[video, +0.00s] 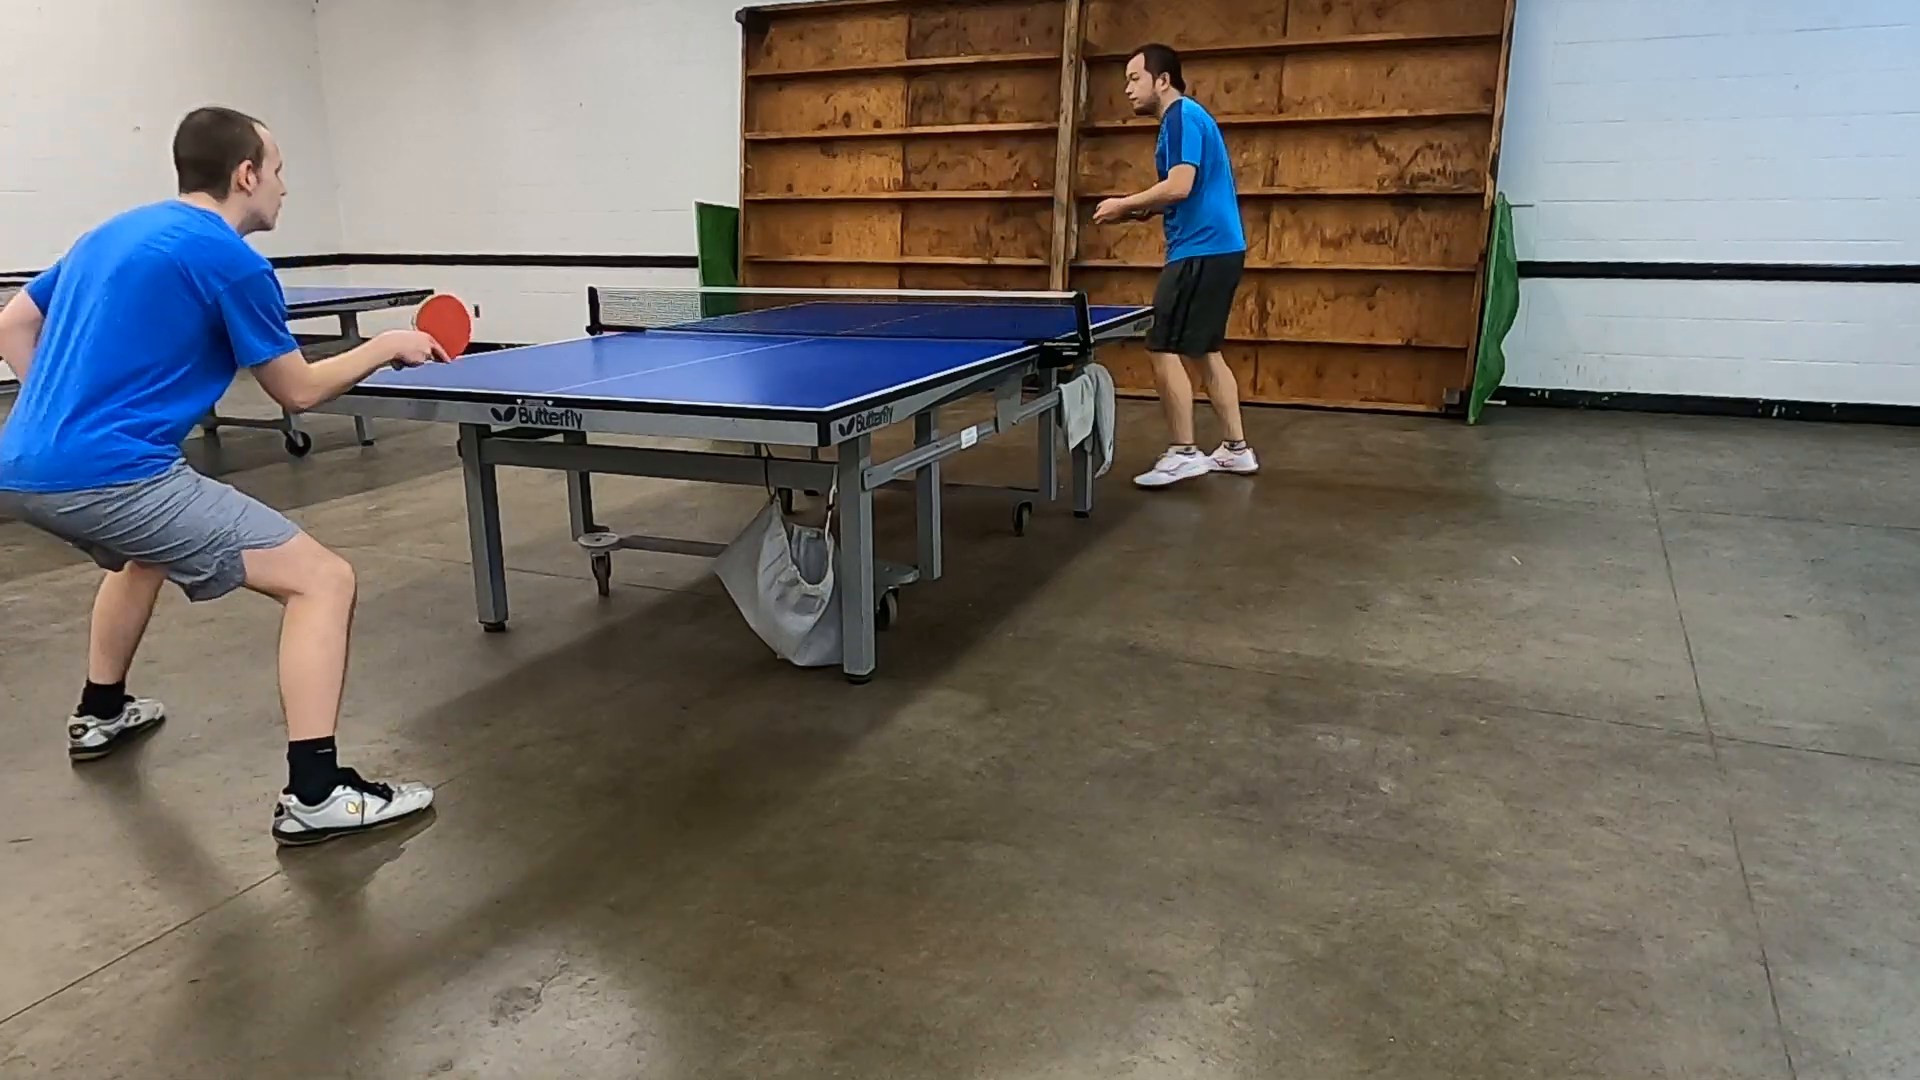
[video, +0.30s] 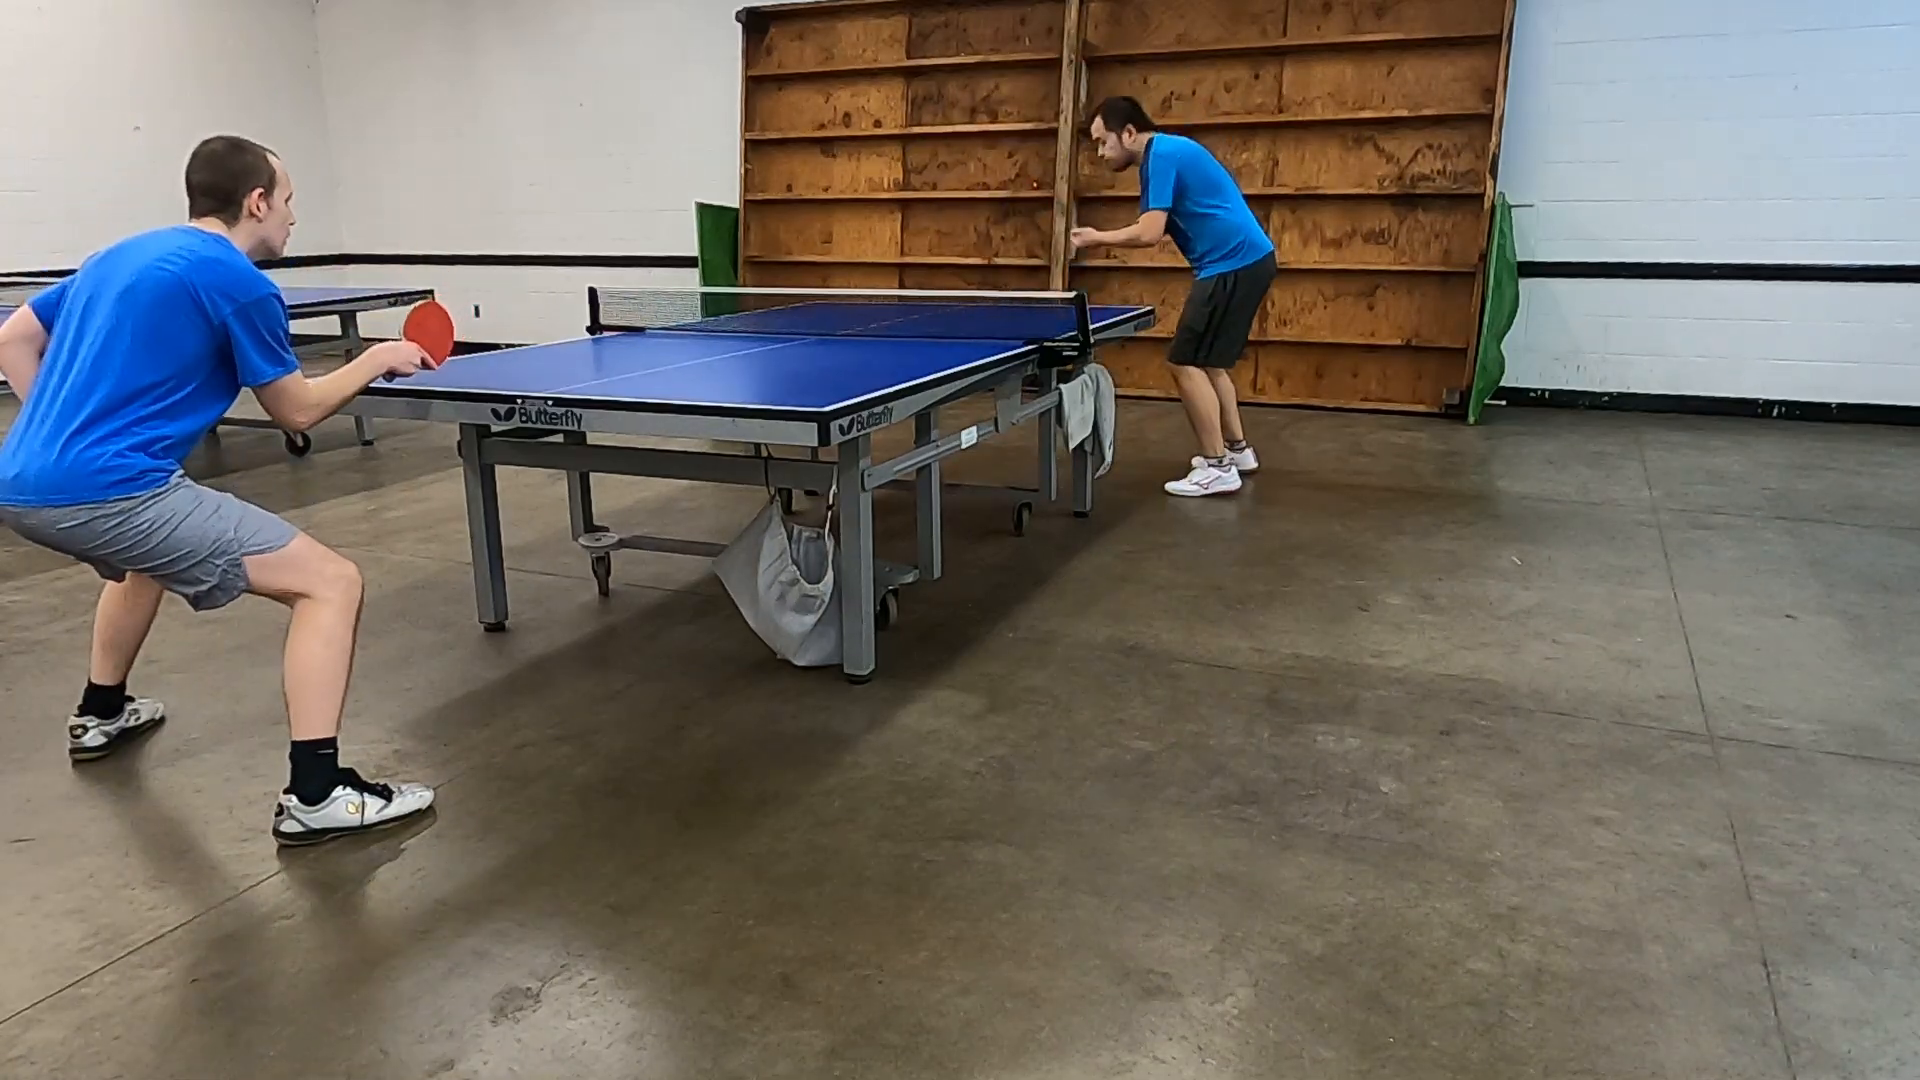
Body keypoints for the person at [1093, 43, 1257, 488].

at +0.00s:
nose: (1128, 88)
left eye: (1134, 78)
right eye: (1127, 80)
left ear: (1162, 80)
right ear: (1162, 83)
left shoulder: (1183, 116)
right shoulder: (1186, 118)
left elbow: (1180, 185)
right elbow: (1189, 193)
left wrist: (1125, 203)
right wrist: (1149, 210)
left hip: (1200, 252)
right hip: (1216, 250)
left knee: (1163, 348)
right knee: (1202, 349)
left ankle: (1184, 451)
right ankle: (1237, 447)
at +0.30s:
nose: (1101, 152)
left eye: (1103, 142)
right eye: (1098, 144)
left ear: (1130, 132)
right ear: (1132, 133)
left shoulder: (1160, 154)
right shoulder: (1166, 150)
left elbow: (1149, 232)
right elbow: (1156, 228)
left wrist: (1098, 236)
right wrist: (1105, 236)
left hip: (1230, 264)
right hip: (1246, 259)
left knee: (1184, 361)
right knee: (1212, 362)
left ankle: (1216, 466)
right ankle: (1237, 448)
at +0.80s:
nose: (1114, 168)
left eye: (1116, 159)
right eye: (1111, 161)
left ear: (1142, 150)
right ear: (1147, 149)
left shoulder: (1161, 175)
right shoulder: (1196, 159)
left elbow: (1143, 250)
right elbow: (1219, 226)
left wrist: (1094, 248)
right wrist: (1172, 249)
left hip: (1239, 279)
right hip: (1268, 270)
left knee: (1176, 370)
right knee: (1218, 367)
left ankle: (1216, 467)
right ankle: (1239, 451)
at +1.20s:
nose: (1115, 167)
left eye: (1117, 157)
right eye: (1112, 159)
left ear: (1140, 147)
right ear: (1145, 147)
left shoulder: (1164, 163)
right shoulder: (1210, 158)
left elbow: (1189, 197)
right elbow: (1255, 209)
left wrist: (1152, 263)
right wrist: (1229, 252)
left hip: (1236, 278)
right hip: (1267, 271)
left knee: (1176, 368)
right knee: (1211, 370)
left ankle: (1216, 467)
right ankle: (1238, 452)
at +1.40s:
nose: (1097, 162)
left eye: (1103, 152)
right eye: (1095, 154)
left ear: (1131, 149)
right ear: (1128, 152)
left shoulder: (1163, 167)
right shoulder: (1155, 184)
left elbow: (1228, 199)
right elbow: (1196, 235)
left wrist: (1202, 274)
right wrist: (1173, 281)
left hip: (1240, 278)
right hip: (1236, 278)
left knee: (1178, 368)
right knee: (1205, 371)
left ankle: (1217, 468)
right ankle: (1238, 452)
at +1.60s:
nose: (1101, 133)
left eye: (1109, 124)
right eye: (1098, 126)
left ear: (1139, 122)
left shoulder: (1177, 152)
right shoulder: (1133, 175)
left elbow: (1243, 196)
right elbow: (1148, 225)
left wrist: (1232, 272)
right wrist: (1140, 276)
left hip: (1211, 279)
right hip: (1177, 282)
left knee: (1177, 368)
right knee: (1145, 360)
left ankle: (1217, 468)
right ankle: (1215, 421)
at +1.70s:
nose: (1103, 120)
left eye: (1112, 110)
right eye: (1099, 111)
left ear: (1142, 111)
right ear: (1100, 115)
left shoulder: (1179, 145)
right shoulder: (1125, 163)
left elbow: (1238, 192)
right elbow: (1129, 210)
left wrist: (1219, 266)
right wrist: (1119, 258)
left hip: (1199, 274)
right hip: (1158, 275)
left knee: (1175, 361)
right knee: (1123, 352)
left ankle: (1214, 462)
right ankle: (1179, 413)